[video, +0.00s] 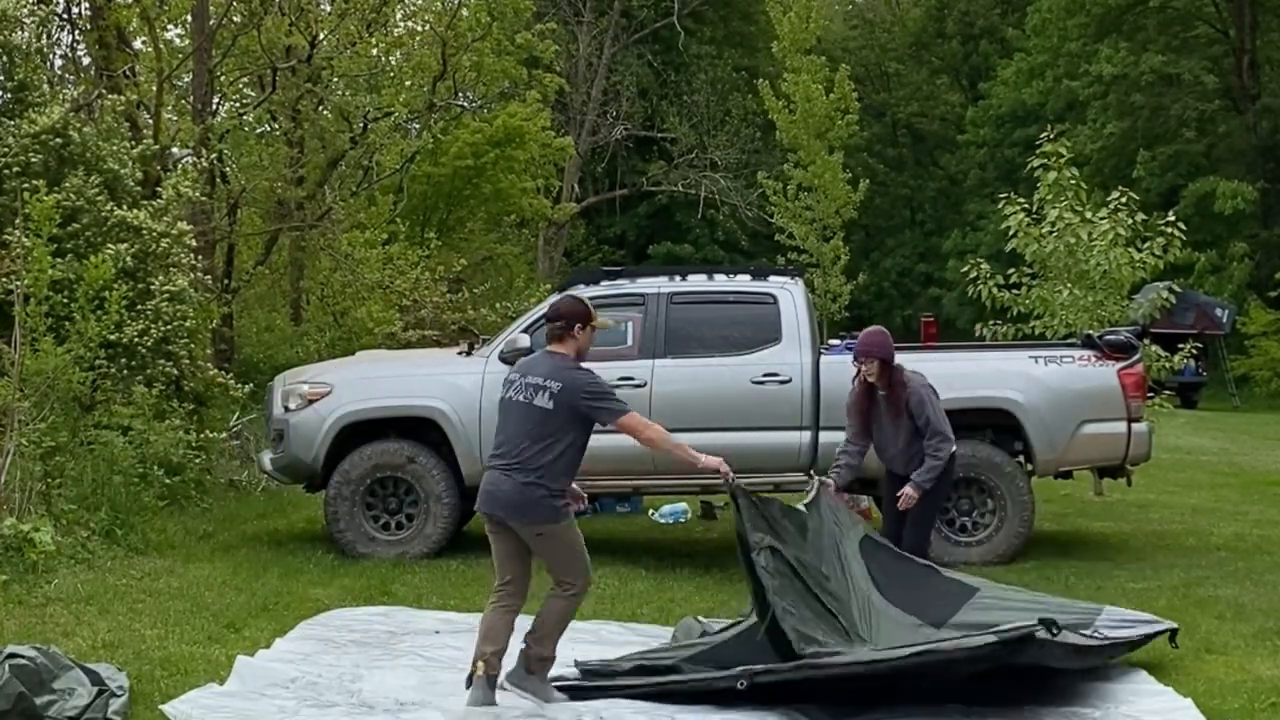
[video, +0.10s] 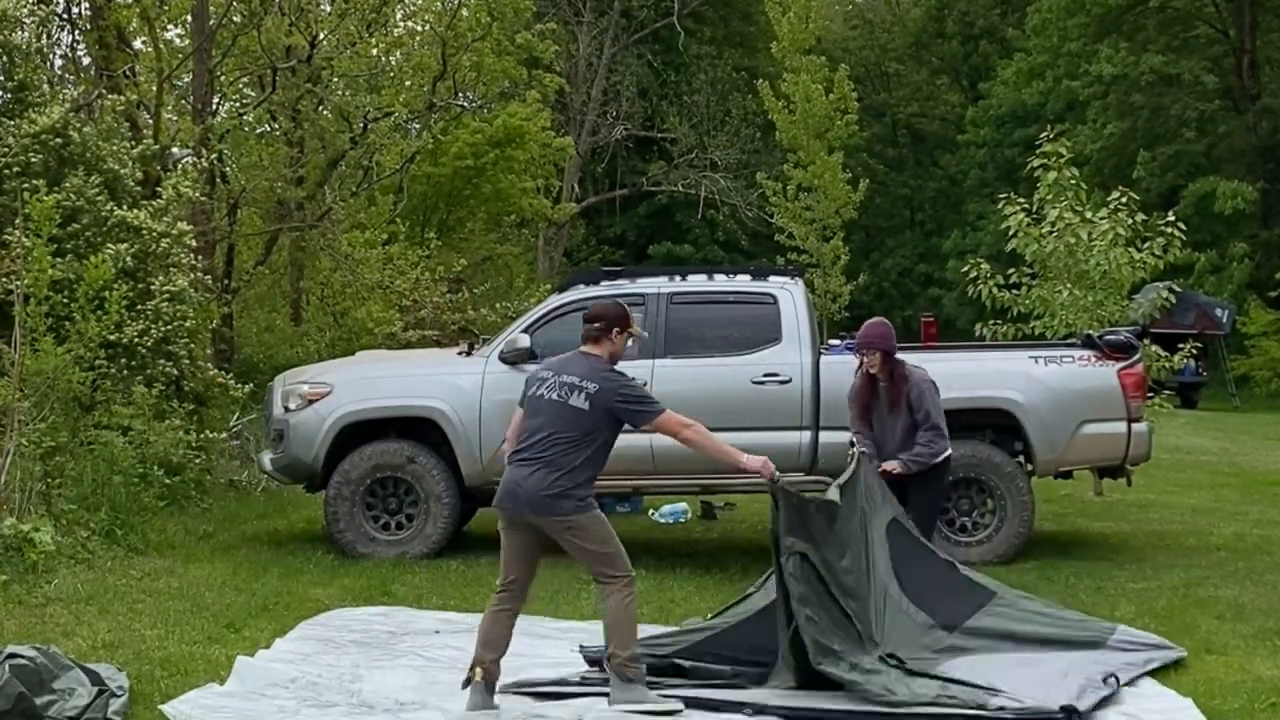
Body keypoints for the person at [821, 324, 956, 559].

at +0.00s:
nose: (865, 369)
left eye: (870, 362)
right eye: (861, 363)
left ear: (885, 360)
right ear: (857, 364)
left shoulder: (915, 389)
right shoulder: (861, 393)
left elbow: (942, 442)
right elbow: (855, 442)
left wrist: (917, 485)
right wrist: (836, 479)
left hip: (931, 466)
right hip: (896, 468)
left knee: (913, 543)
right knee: (890, 538)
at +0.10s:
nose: (867, 360)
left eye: (872, 353)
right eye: (863, 354)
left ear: (887, 351)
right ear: (859, 356)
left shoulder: (917, 382)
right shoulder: (861, 387)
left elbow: (937, 438)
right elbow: (859, 431)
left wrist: (905, 463)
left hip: (926, 467)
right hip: (886, 468)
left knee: (917, 541)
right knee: (889, 540)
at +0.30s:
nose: (839, 355)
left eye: (844, 348)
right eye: (835, 349)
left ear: (858, 343)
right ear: (831, 348)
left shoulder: (888, 374)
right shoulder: (833, 381)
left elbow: (919, 415)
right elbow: (829, 432)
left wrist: (918, 426)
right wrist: (836, 466)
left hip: (890, 478)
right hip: (849, 480)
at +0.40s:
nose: (819, 353)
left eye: (824, 346)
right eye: (814, 348)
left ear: (837, 343)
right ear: (809, 348)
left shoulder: (862, 373)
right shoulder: (805, 381)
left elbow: (894, 406)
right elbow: (800, 430)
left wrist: (922, 425)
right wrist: (793, 472)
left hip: (867, 465)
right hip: (828, 467)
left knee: (867, 534)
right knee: (821, 537)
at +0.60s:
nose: (817, 345)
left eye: (822, 338)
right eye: (811, 339)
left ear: (835, 336)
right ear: (806, 339)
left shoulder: (855, 369)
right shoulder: (796, 370)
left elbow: (886, 405)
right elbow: (785, 422)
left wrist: (915, 429)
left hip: (849, 458)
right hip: (807, 458)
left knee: (838, 530)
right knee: (808, 531)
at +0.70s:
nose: (822, 342)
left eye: (828, 336)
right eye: (816, 337)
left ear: (841, 334)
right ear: (810, 337)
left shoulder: (858, 368)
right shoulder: (799, 366)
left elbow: (889, 404)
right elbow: (786, 411)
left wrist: (918, 428)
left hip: (848, 457)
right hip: (809, 457)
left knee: (840, 527)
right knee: (808, 528)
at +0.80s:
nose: (822, 349)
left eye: (828, 342)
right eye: (816, 343)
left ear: (839, 342)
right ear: (809, 343)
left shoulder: (856, 372)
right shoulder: (795, 374)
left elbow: (886, 404)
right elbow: (782, 418)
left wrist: (917, 429)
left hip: (851, 457)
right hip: (812, 460)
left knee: (843, 525)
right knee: (812, 526)